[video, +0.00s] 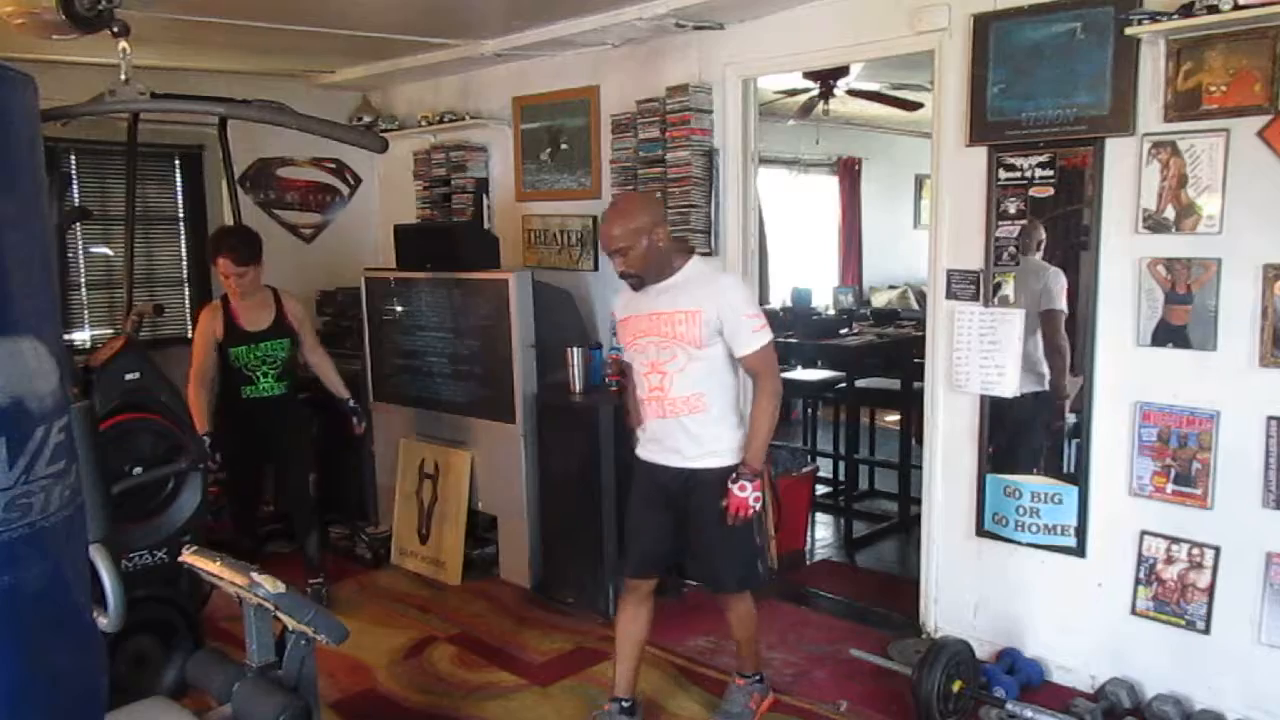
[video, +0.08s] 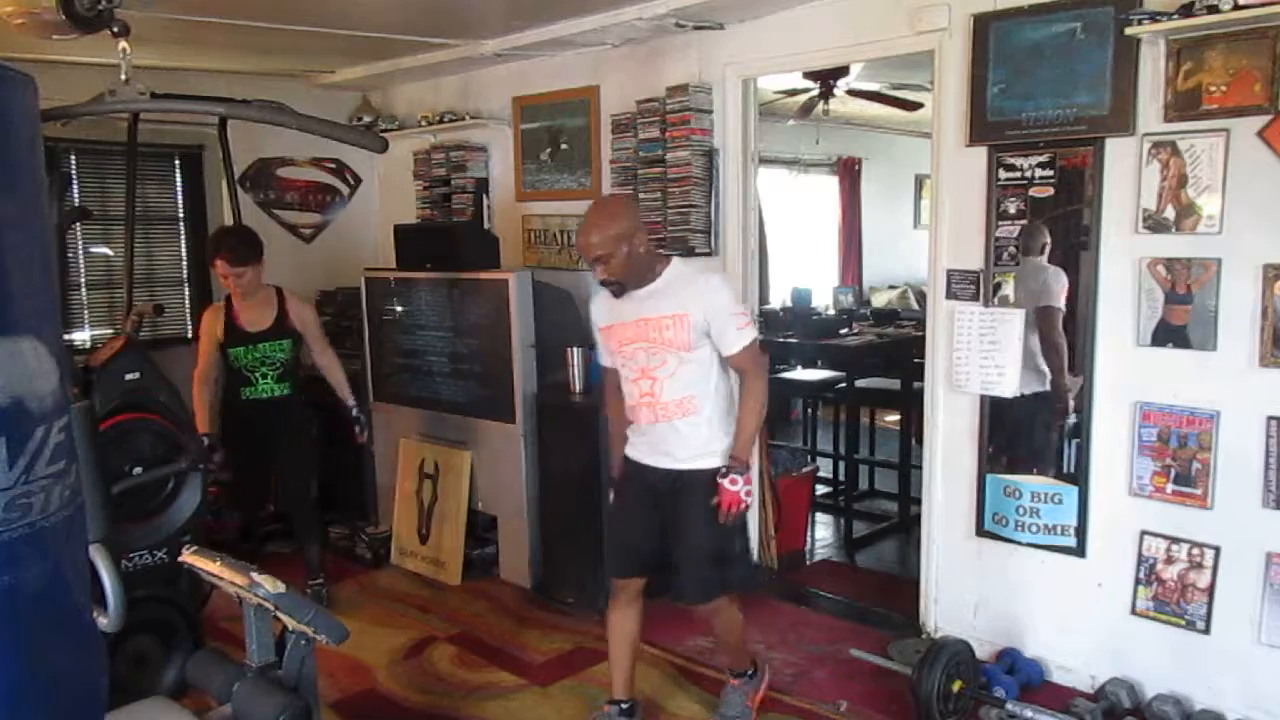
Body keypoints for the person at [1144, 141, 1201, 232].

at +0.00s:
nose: (1157, 158)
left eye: (1159, 153)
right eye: (1155, 156)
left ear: (1168, 150)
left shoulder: (1174, 161)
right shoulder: (1164, 165)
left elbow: (1171, 187)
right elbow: (1161, 187)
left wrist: (1160, 212)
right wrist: (1157, 211)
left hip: (1190, 210)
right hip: (1180, 211)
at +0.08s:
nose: (1157, 158)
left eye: (1159, 153)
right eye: (1155, 156)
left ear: (1168, 150)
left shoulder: (1174, 161)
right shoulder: (1164, 165)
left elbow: (1171, 187)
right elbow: (1161, 187)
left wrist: (1160, 212)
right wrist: (1157, 211)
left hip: (1190, 210)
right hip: (1180, 211)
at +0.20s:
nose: (1157, 158)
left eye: (1159, 153)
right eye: (1155, 156)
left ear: (1168, 150)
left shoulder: (1174, 161)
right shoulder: (1164, 165)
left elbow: (1171, 187)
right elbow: (1161, 187)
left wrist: (1160, 212)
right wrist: (1157, 211)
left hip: (1190, 210)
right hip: (1180, 211)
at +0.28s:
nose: (1157, 158)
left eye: (1159, 153)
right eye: (1154, 156)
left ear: (1168, 150)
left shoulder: (1174, 161)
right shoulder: (1164, 165)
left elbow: (1171, 187)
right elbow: (1161, 187)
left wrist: (1160, 212)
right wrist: (1157, 211)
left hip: (1189, 210)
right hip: (1180, 211)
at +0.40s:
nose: (1157, 158)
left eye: (1159, 153)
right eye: (1155, 156)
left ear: (1168, 150)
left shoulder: (1174, 161)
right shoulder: (1164, 165)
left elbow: (1171, 187)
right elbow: (1161, 187)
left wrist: (1160, 212)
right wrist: (1157, 211)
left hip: (1190, 210)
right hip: (1180, 211)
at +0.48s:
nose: (1157, 158)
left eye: (1159, 153)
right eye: (1155, 156)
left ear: (1168, 150)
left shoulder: (1174, 161)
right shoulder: (1164, 165)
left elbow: (1171, 187)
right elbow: (1161, 187)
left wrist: (1160, 212)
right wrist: (1157, 211)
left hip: (1190, 210)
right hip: (1180, 211)